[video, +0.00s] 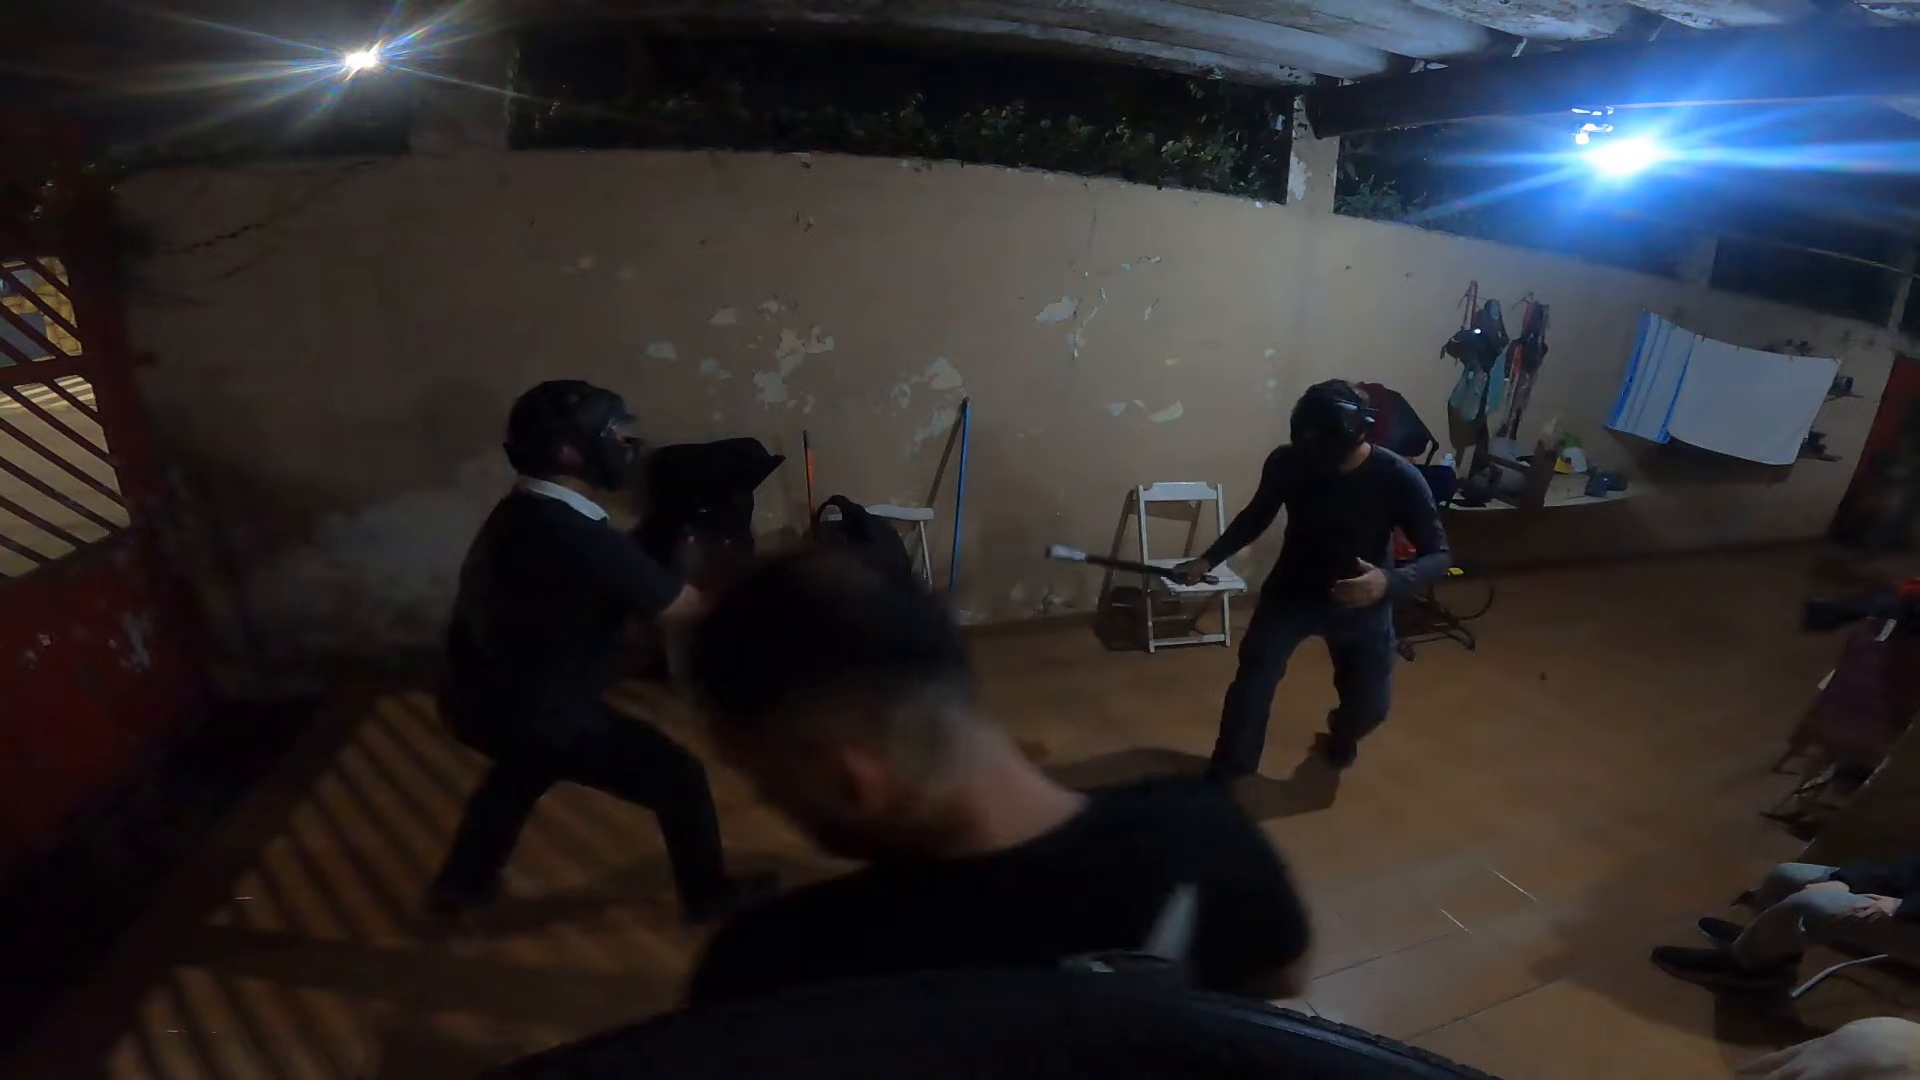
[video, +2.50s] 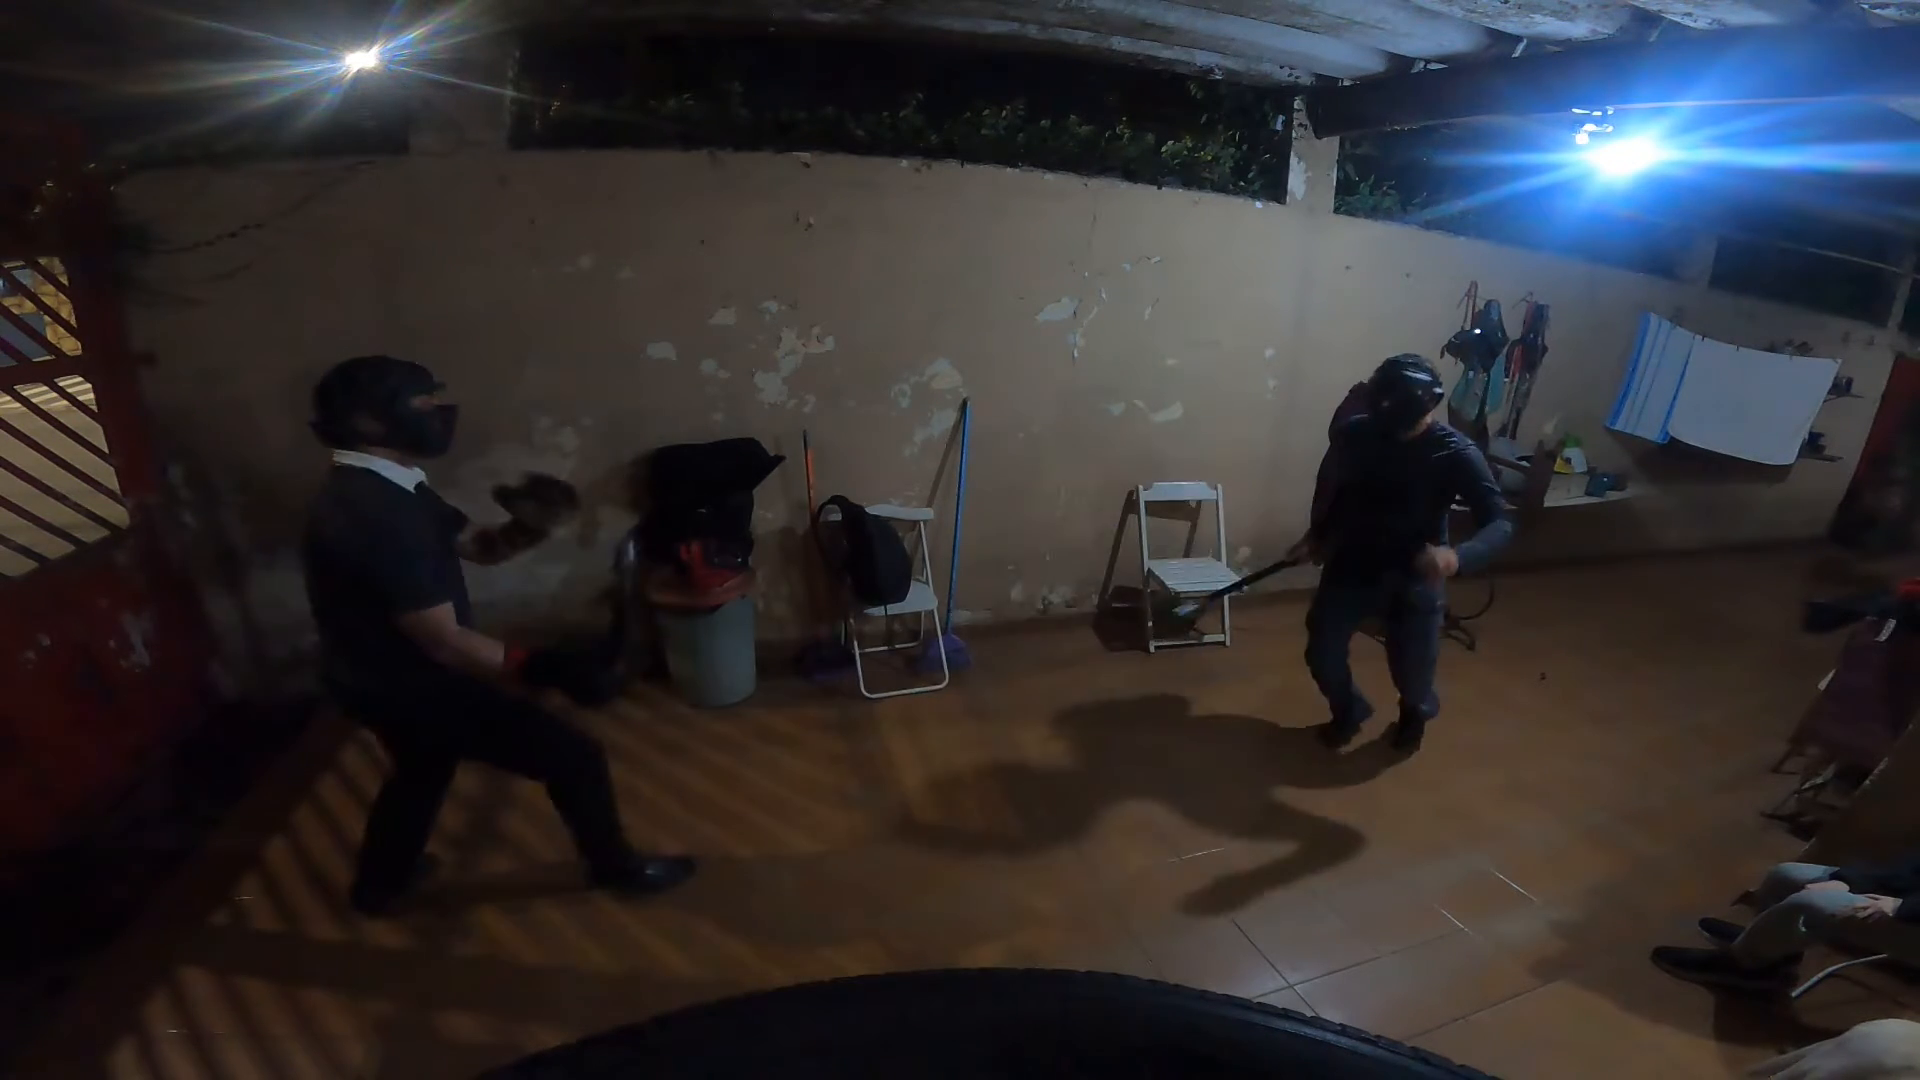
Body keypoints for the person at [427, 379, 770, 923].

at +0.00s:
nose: (631, 438)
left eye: (625, 426)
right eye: (614, 430)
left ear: (562, 454)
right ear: (569, 453)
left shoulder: (515, 515)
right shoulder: (581, 536)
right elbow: (680, 605)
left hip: (482, 705)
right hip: (543, 720)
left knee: (532, 763)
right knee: (677, 776)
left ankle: (461, 884)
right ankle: (707, 896)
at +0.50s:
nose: (399, 426)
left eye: (394, 413)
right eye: (378, 416)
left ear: (325, 440)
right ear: (324, 438)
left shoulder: (349, 496)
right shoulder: (310, 516)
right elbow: (433, 606)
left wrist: (439, 558)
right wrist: (537, 606)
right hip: (318, 713)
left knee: (389, 763)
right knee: (486, 762)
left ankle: (359, 876)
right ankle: (512, 894)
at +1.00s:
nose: (346, 431)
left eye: (342, 419)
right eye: (327, 422)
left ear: (269, 442)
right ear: (276, 439)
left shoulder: (269, 505)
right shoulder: (276, 528)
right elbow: (280, 666)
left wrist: (345, 582)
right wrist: (380, 713)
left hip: (252, 706)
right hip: (269, 719)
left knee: (339, 740)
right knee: (430, 775)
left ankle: (308, 867)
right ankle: (512, 913)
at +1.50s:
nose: (456, 460)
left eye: (451, 445)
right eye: (436, 446)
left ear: (379, 462)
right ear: (386, 461)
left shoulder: (410, 537)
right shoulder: (347, 551)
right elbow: (401, 651)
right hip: (396, 734)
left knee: (403, 787)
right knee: (580, 785)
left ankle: (341, 898)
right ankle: (634, 891)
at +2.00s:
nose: (476, 452)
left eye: (472, 439)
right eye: (460, 440)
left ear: (385, 458)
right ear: (413, 456)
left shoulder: (323, 528)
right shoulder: (445, 545)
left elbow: (310, 629)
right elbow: (483, 653)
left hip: (323, 719)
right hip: (410, 730)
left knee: (384, 771)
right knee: (534, 809)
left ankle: (350, 880)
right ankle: (644, 893)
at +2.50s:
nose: (444, 407)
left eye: (437, 396)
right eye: (425, 399)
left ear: (373, 425)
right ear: (378, 421)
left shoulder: (374, 486)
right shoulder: (391, 511)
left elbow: (480, 549)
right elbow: (440, 639)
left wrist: (531, 525)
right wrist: (530, 666)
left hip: (376, 683)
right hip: (416, 692)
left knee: (425, 765)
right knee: (572, 755)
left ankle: (381, 880)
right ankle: (615, 865)